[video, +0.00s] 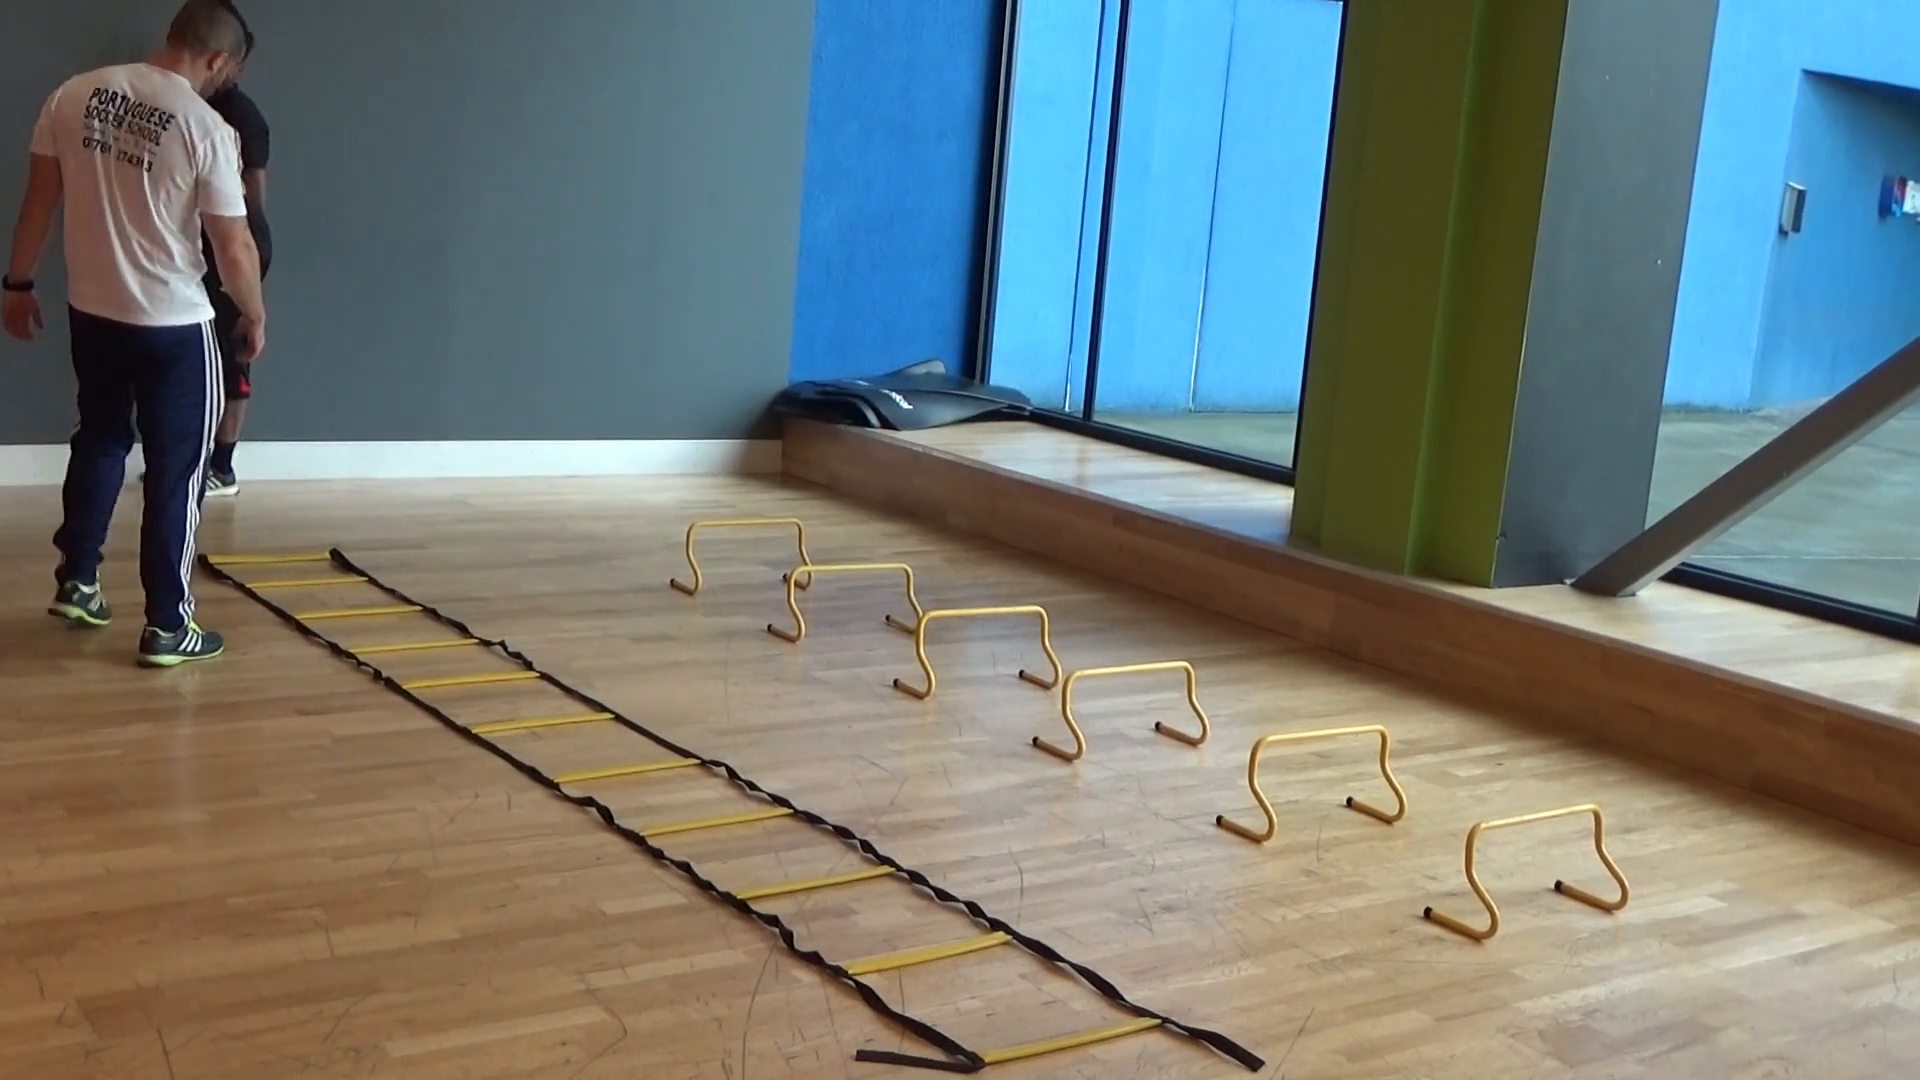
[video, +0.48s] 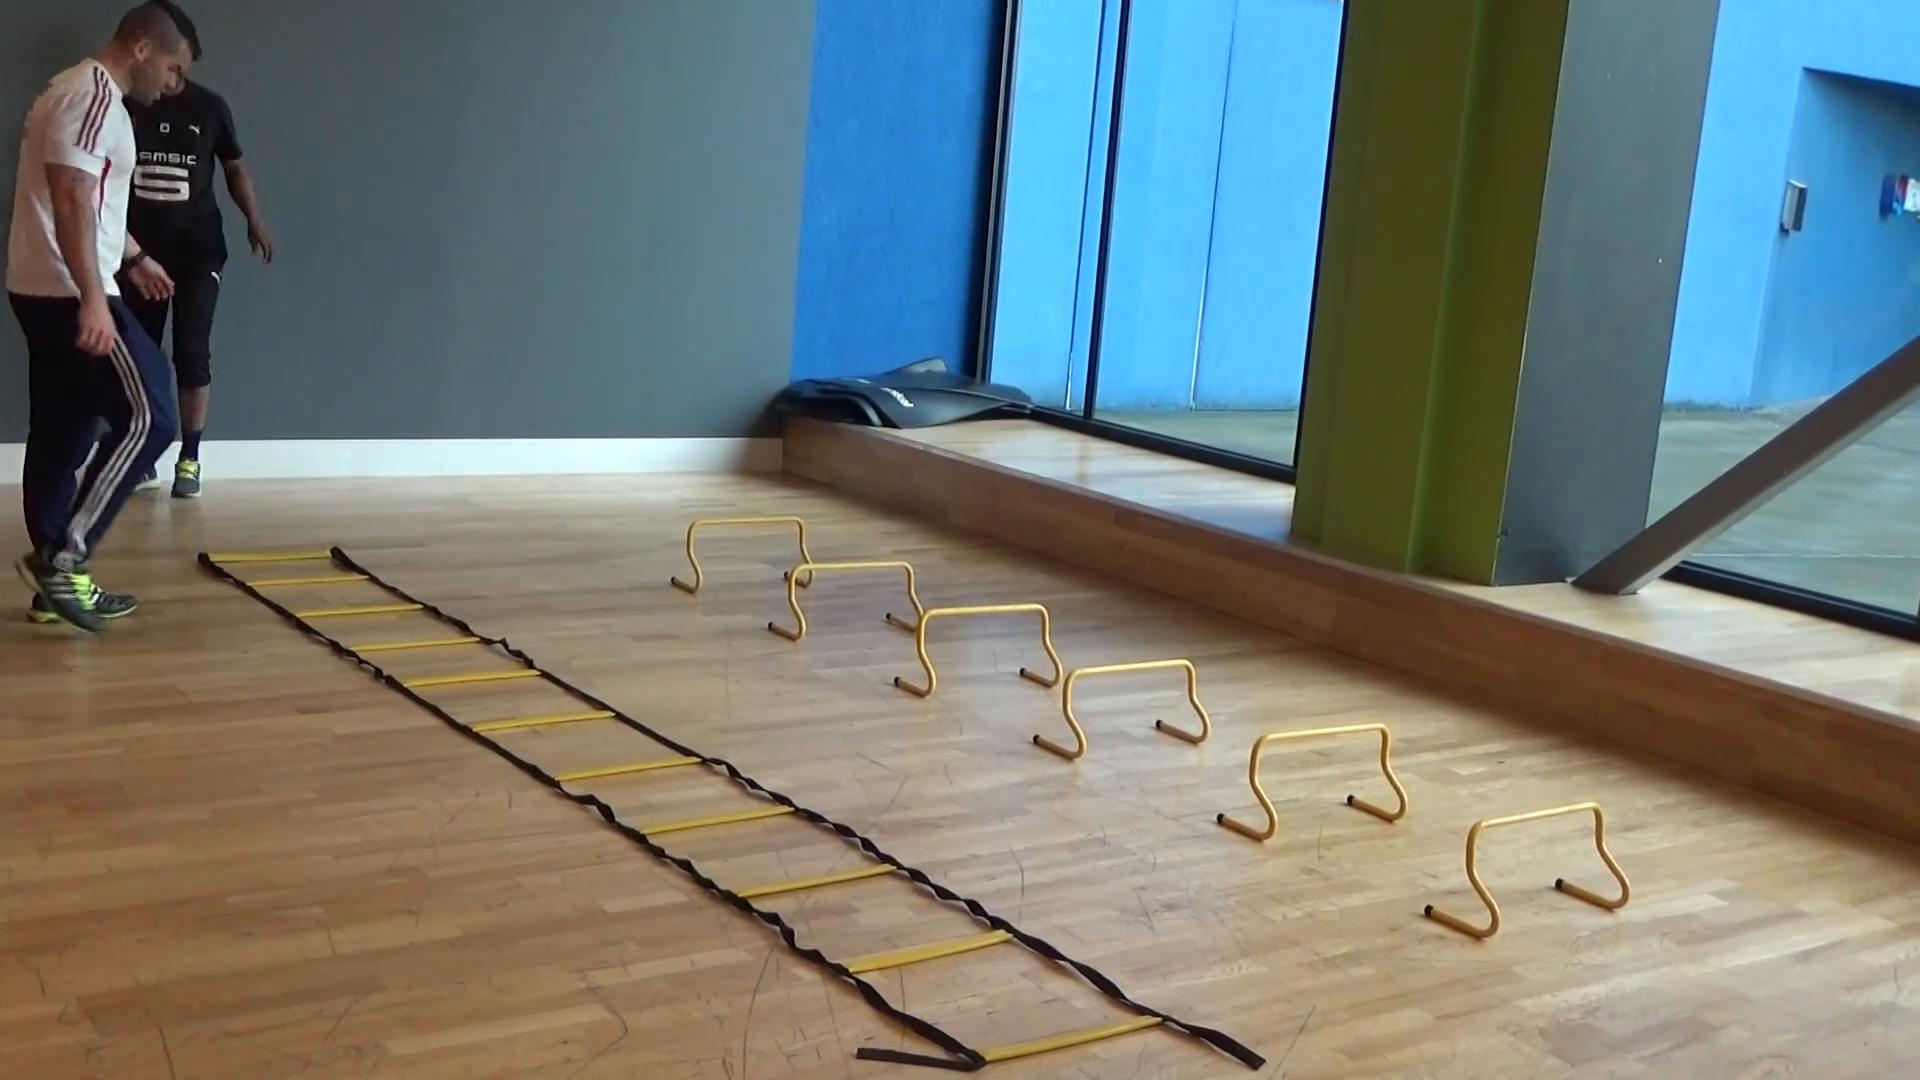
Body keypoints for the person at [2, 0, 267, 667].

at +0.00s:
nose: (222, 81)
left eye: (226, 72)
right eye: (227, 71)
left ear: (167, 38)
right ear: (214, 61)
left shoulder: (72, 93)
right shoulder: (208, 132)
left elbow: (39, 200)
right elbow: (232, 246)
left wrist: (17, 282)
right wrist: (255, 315)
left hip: (94, 317)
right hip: (174, 327)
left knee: (100, 439)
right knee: (175, 472)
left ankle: (77, 578)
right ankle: (169, 625)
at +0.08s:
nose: (215, 87)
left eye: (219, 77)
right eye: (220, 76)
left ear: (165, 42)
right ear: (209, 64)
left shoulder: (70, 95)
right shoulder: (193, 130)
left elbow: (38, 199)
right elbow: (213, 245)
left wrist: (18, 279)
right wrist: (246, 317)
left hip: (93, 316)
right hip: (166, 326)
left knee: (100, 443)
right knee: (173, 472)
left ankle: (72, 578)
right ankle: (169, 624)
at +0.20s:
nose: (201, 93)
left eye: (207, 82)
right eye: (206, 80)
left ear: (152, 45)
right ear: (190, 64)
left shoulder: (59, 98)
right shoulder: (156, 121)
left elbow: (41, 201)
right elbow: (177, 237)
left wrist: (40, 279)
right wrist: (225, 321)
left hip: (82, 314)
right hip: (149, 319)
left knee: (93, 442)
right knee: (172, 462)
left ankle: (66, 584)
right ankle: (168, 620)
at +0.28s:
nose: (188, 93)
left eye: (194, 82)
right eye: (193, 80)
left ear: (145, 44)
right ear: (177, 60)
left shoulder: (63, 92)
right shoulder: (136, 111)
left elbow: (64, 204)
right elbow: (147, 226)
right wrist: (196, 319)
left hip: (66, 301)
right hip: (127, 305)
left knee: (81, 439)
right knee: (171, 449)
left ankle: (63, 586)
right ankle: (166, 610)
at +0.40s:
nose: (182, 89)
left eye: (188, 79)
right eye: (184, 75)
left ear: (145, 49)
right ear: (160, 55)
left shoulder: (73, 86)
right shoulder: (108, 97)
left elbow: (78, 203)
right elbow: (100, 208)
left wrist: (124, 285)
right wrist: (132, 305)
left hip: (46, 293)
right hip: (88, 295)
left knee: (60, 438)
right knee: (163, 424)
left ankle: (58, 582)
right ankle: (118, 579)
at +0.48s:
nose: (173, 86)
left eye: (179, 76)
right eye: (172, 71)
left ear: (136, 50)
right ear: (140, 47)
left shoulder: (86, 92)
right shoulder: (90, 92)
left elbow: (87, 199)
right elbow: (70, 195)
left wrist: (132, 257)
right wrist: (93, 296)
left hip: (52, 289)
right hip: (71, 292)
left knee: (60, 431)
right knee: (151, 421)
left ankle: (56, 578)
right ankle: (63, 557)